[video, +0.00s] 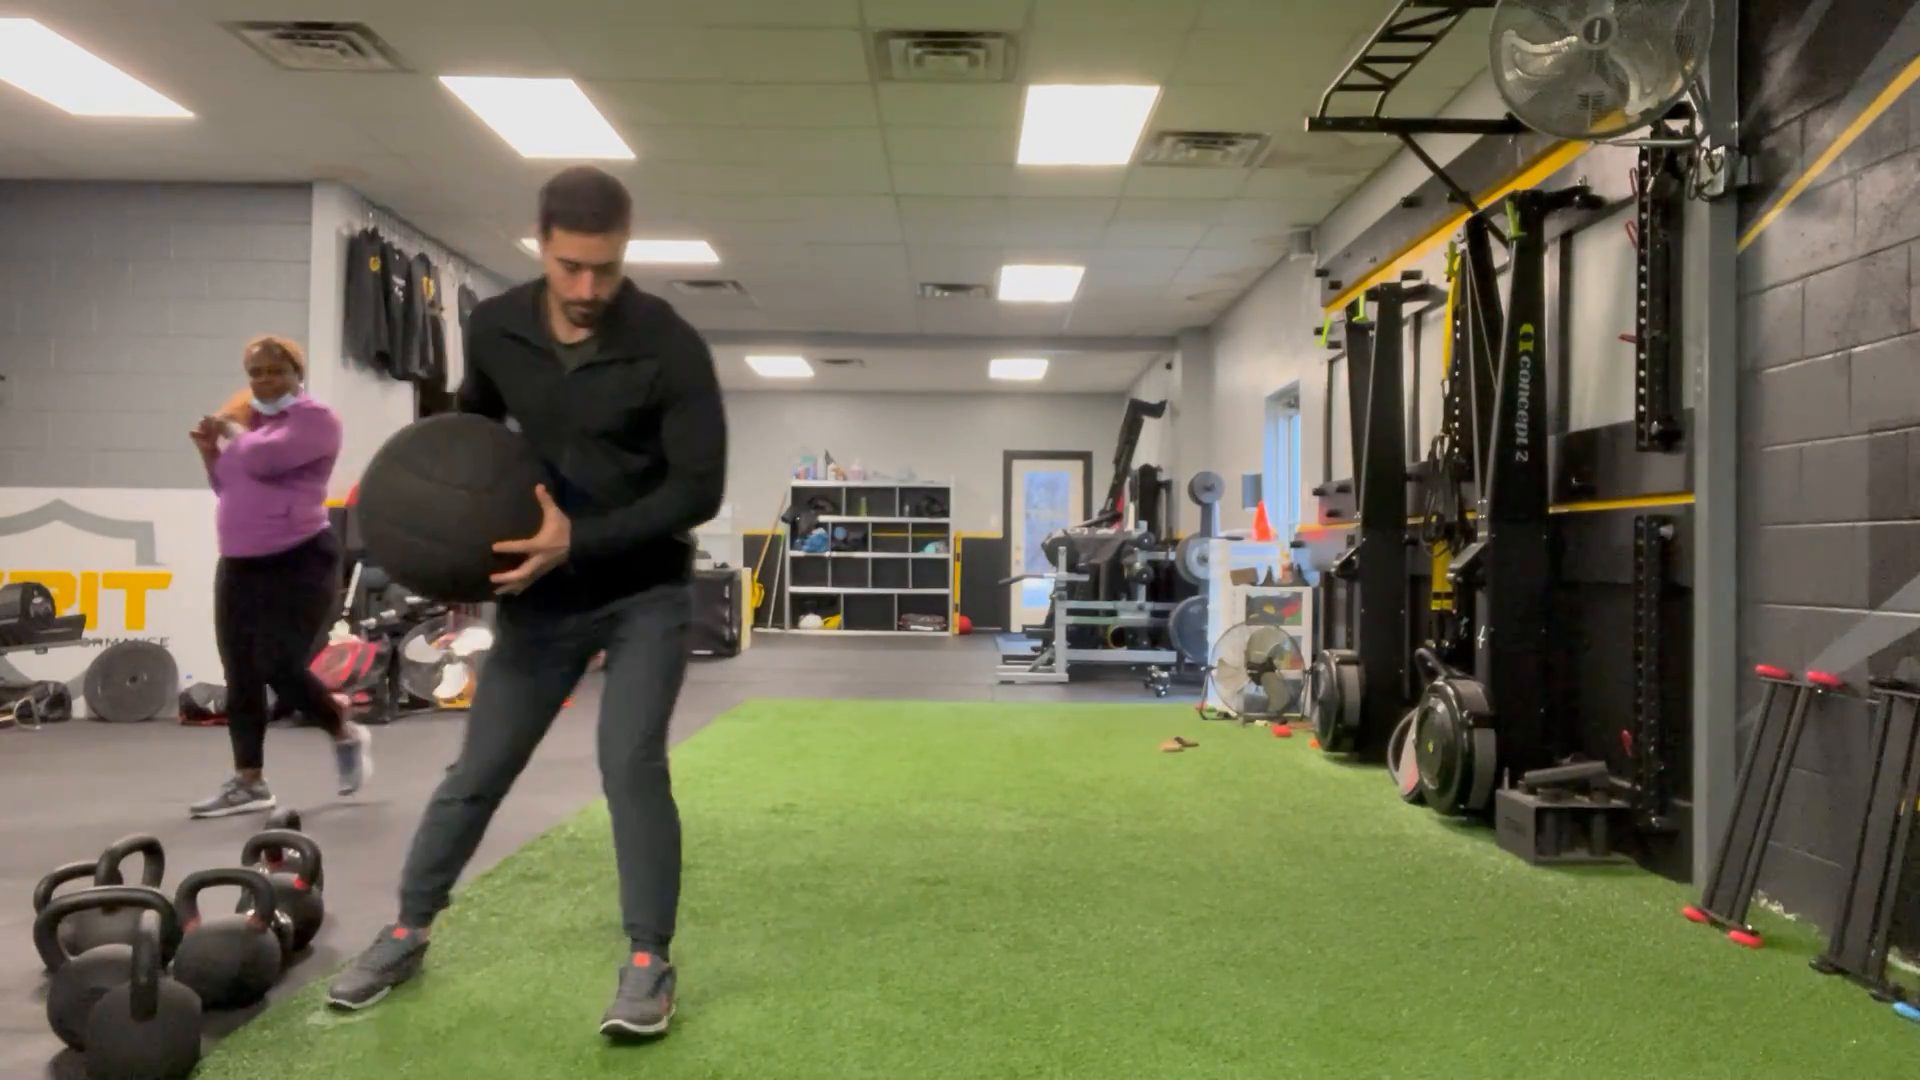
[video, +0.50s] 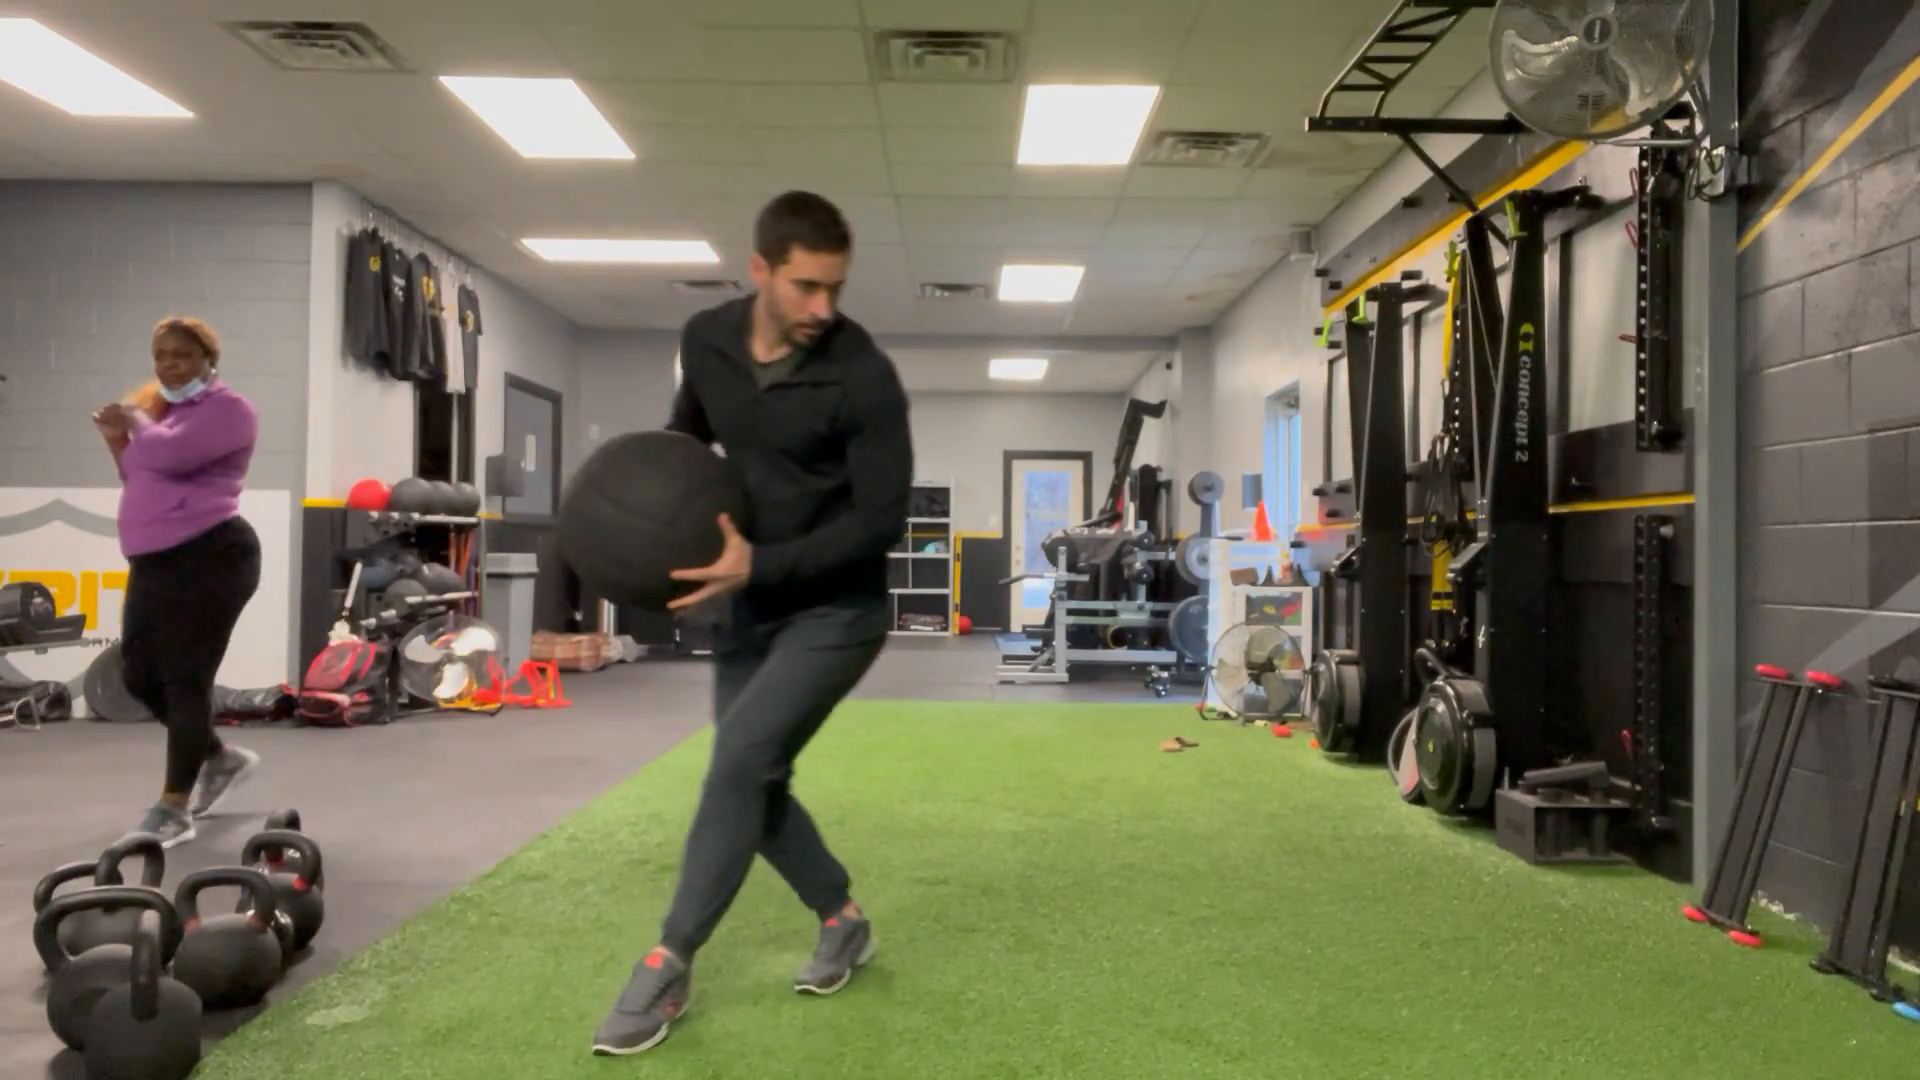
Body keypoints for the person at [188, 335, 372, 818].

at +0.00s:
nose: (265, 381)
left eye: (275, 371)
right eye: (256, 373)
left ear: (296, 374)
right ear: (246, 378)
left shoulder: (317, 421)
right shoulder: (244, 421)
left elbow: (260, 460)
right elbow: (226, 486)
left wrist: (234, 433)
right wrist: (209, 453)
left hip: (301, 558)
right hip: (241, 562)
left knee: (280, 665)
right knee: (241, 675)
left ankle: (347, 734)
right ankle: (249, 779)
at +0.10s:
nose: (246, 375)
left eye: (256, 366)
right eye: (237, 368)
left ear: (276, 369)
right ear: (228, 372)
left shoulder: (300, 417)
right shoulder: (221, 420)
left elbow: (254, 457)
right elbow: (203, 485)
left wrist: (212, 433)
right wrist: (187, 446)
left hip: (282, 552)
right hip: (223, 557)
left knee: (245, 657)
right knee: (231, 666)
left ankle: (292, 759)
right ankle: (247, 779)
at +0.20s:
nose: (228, 374)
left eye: (238, 364)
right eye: (219, 366)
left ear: (259, 367)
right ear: (210, 371)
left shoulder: (282, 417)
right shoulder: (203, 419)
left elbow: (236, 459)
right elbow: (184, 486)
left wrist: (194, 429)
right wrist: (169, 444)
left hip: (263, 554)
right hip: (206, 560)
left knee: (227, 663)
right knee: (220, 669)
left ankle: (242, 784)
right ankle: (240, 784)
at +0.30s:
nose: (209, 374)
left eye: (220, 365)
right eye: (200, 366)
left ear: (241, 368)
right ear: (191, 371)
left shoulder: (264, 419)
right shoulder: (186, 418)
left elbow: (213, 464)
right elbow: (166, 486)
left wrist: (174, 431)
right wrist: (150, 444)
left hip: (245, 558)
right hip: (189, 562)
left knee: (216, 675)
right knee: (212, 677)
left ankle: (183, 799)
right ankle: (249, 784)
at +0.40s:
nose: (189, 373)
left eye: (200, 363)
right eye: (181, 365)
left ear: (224, 366)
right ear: (173, 370)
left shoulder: (248, 419)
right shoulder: (171, 419)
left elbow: (190, 461)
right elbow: (153, 489)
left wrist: (158, 428)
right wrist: (134, 446)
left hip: (225, 559)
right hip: (171, 564)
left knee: (198, 680)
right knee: (191, 678)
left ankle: (174, 808)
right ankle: (244, 777)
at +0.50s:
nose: (172, 365)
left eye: (182, 356)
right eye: (163, 357)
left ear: (206, 359)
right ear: (155, 362)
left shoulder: (230, 411)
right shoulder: (154, 412)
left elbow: (171, 452)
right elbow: (138, 480)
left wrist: (136, 424)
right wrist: (119, 441)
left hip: (209, 553)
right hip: (155, 560)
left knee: (188, 678)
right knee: (142, 674)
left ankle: (173, 806)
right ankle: (221, 759)